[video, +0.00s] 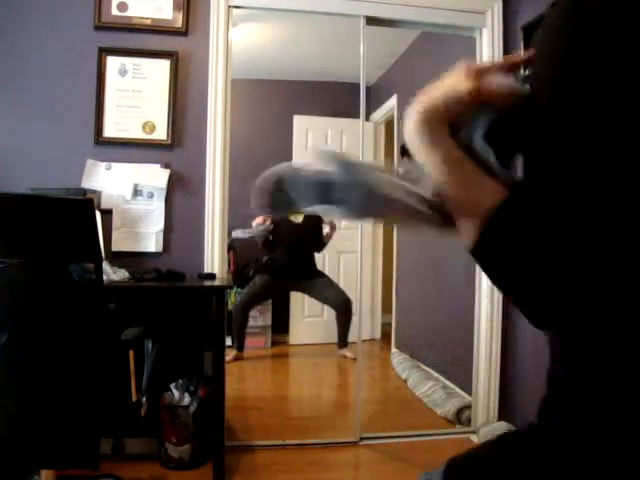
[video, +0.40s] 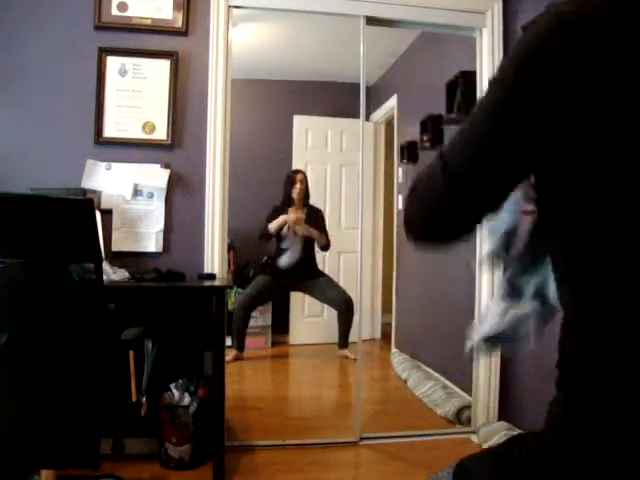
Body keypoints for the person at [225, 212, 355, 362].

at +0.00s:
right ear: (276, 207)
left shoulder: (312, 218)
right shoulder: (272, 221)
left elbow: (317, 247)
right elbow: (267, 249)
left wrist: (328, 235)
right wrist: (259, 231)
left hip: (306, 274)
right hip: (273, 275)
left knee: (343, 303)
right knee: (241, 305)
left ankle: (343, 347)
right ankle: (237, 350)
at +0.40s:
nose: (299, 187)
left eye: (302, 183)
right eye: (295, 183)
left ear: (307, 187)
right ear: (288, 186)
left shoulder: (314, 214)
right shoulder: (280, 210)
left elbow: (325, 245)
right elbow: (263, 236)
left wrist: (309, 230)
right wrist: (283, 220)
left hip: (307, 274)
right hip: (277, 274)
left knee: (345, 303)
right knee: (242, 304)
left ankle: (343, 348)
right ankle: (238, 350)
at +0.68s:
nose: (299, 185)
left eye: (303, 181)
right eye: (296, 181)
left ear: (307, 185)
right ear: (288, 184)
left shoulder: (315, 212)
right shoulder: (279, 210)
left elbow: (336, 237)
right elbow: (264, 225)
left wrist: (330, 230)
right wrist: (290, 222)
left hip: (309, 272)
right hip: (279, 272)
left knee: (345, 303)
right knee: (243, 303)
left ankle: (344, 347)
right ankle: (235, 350)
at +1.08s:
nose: (302, 184)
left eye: (305, 180)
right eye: (298, 180)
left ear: (309, 184)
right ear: (290, 184)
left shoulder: (313, 211)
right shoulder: (280, 206)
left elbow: (335, 232)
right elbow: (289, 219)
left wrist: (354, 225)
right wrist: (318, 216)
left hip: (307, 271)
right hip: (279, 271)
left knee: (342, 303)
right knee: (242, 302)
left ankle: (344, 347)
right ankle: (235, 350)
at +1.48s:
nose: (297, 189)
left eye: (301, 185)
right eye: (294, 185)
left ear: (305, 189)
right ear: (287, 188)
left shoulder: (311, 213)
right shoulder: (277, 210)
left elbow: (336, 232)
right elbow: (280, 224)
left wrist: (351, 230)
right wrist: (305, 224)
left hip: (307, 274)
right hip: (277, 274)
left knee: (343, 305)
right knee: (241, 303)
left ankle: (344, 347)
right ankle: (236, 350)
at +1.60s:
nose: (298, 189)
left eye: (302, 185)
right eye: (295, 184)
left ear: (307, 189)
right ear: (288, 188)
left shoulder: (314, 211)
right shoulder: (278, 211)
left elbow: (332, 229)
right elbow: (256, 229)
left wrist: (326, 222)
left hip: (308, 273)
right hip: (278, 273)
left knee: (344, 304)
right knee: (241, 303)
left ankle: (345, 348)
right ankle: (236, 350)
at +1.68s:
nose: (297, 190)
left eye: (301, 186)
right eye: (294, 187)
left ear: (307, 192)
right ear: (289, 191)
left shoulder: (316, 209)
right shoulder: (284, 208)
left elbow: (314, 224)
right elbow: (264, 216)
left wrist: (298, 222)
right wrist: (242, 223)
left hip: (310, 273)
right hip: (280, 272)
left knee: (345, 302)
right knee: (245, 302)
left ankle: (345, 347)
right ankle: (236, 349)